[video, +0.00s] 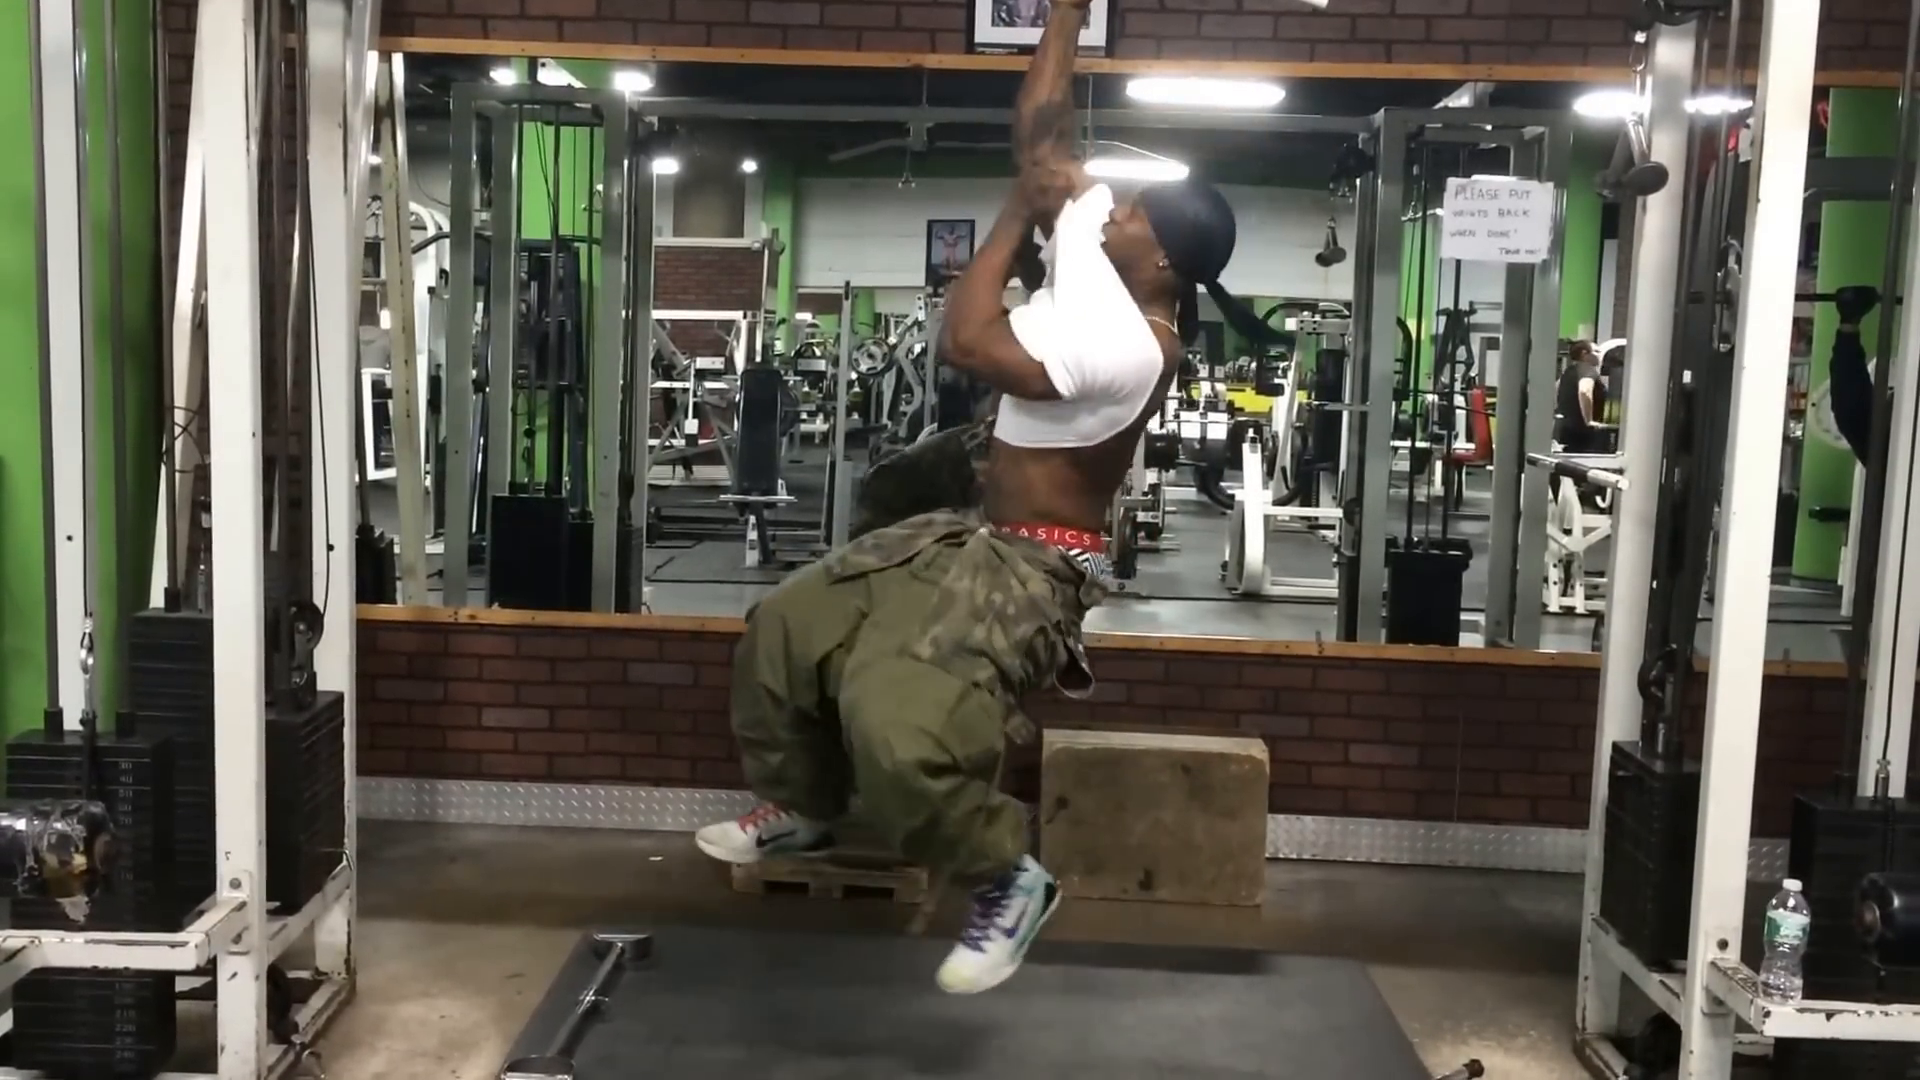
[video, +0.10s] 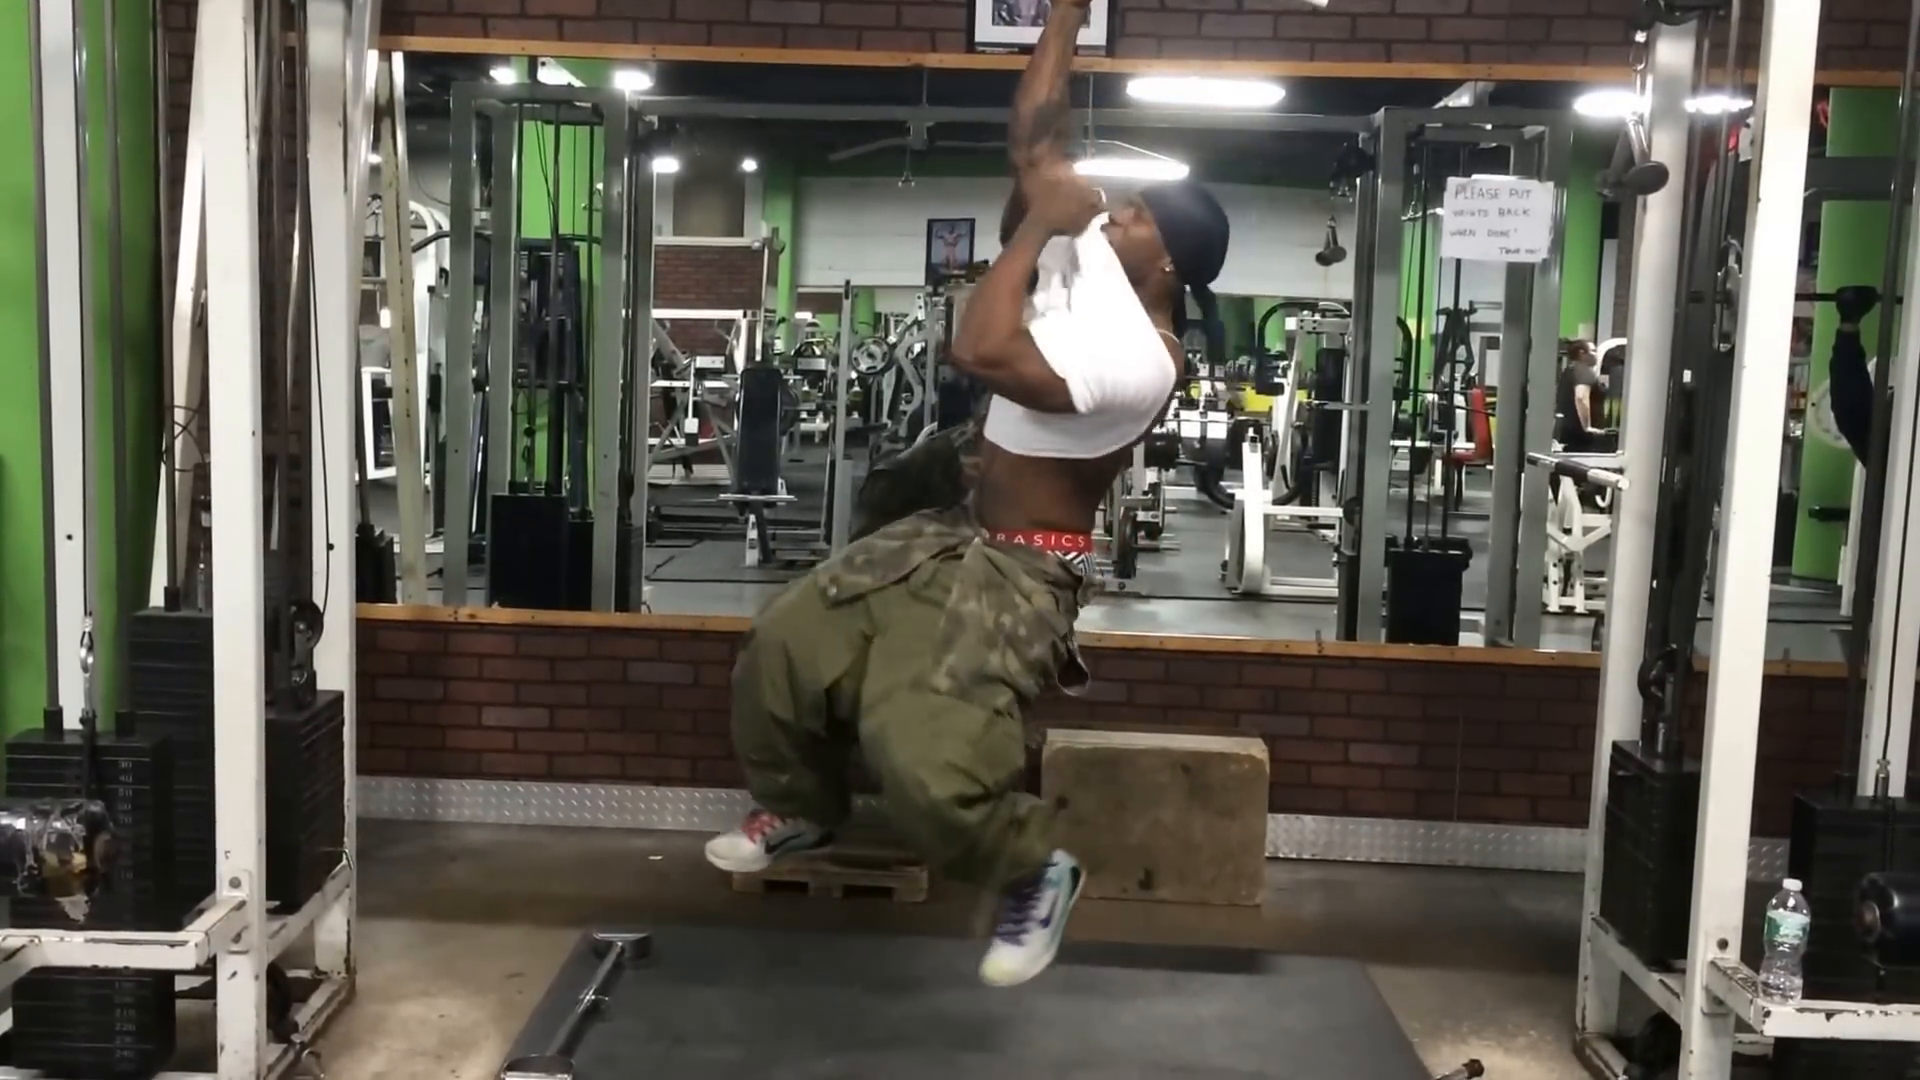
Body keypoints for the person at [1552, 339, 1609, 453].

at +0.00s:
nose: (1599, 355)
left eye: (1598, 351)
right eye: (1596, 351)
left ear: (1583, 354)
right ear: (1585, 354)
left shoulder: (1570, 370)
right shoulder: (1588, 370)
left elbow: (1557, 387)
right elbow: (1584, 391)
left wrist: (1560, 409)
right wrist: (1589, 420)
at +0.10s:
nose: (1596, 354)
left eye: (1596, 351)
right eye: (1593, 350)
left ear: (1582, 353)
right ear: (1582, 353)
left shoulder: (1568, 371)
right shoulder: (1583, 370)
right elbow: (1581, 397)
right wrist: (1587, 426)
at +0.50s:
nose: (1593, 353)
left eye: (1592, 349)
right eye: (1590, 349)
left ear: (1577, 353)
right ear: (1579, 353)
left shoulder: (1564, 370)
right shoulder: (1584, 370)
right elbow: (1581, 388)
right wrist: (1589, 415)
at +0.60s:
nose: (1595, 353)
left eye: (1594, 349)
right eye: (1591, 349)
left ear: (1577, 353)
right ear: (1580, 353)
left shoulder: (1564, 368)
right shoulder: (1585, 368)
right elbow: (1584, 382)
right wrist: (1591, 409)